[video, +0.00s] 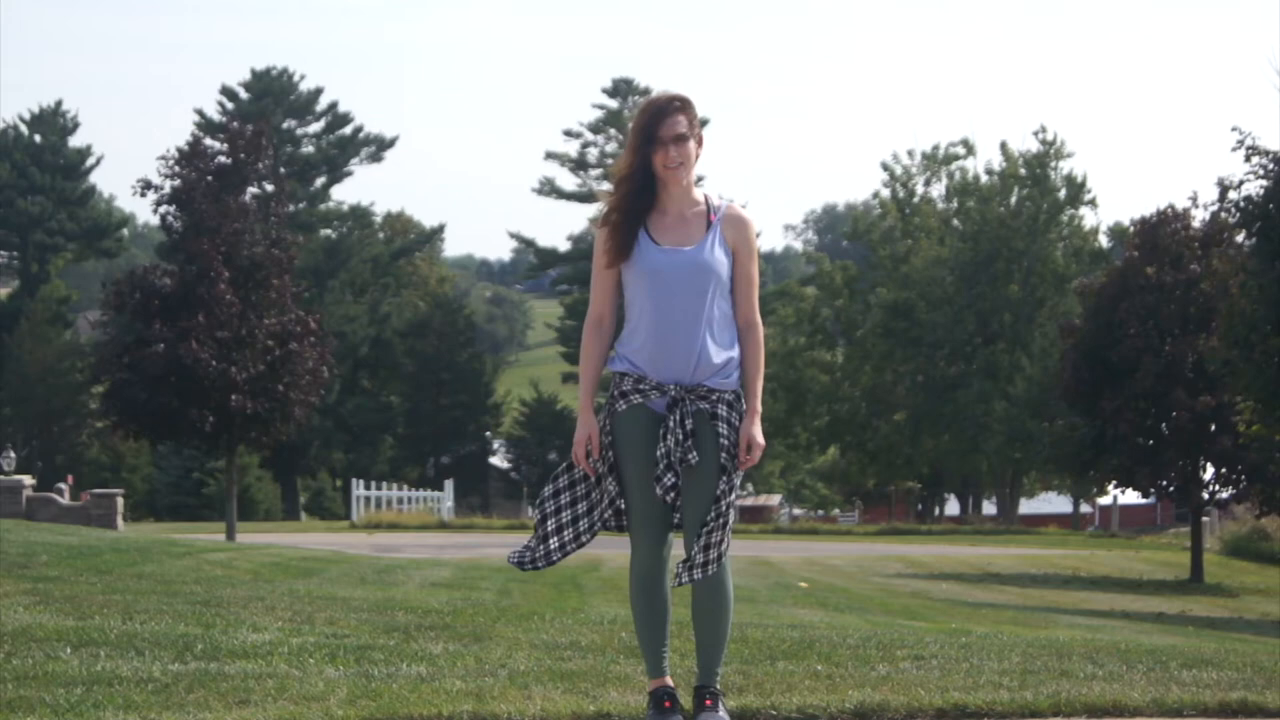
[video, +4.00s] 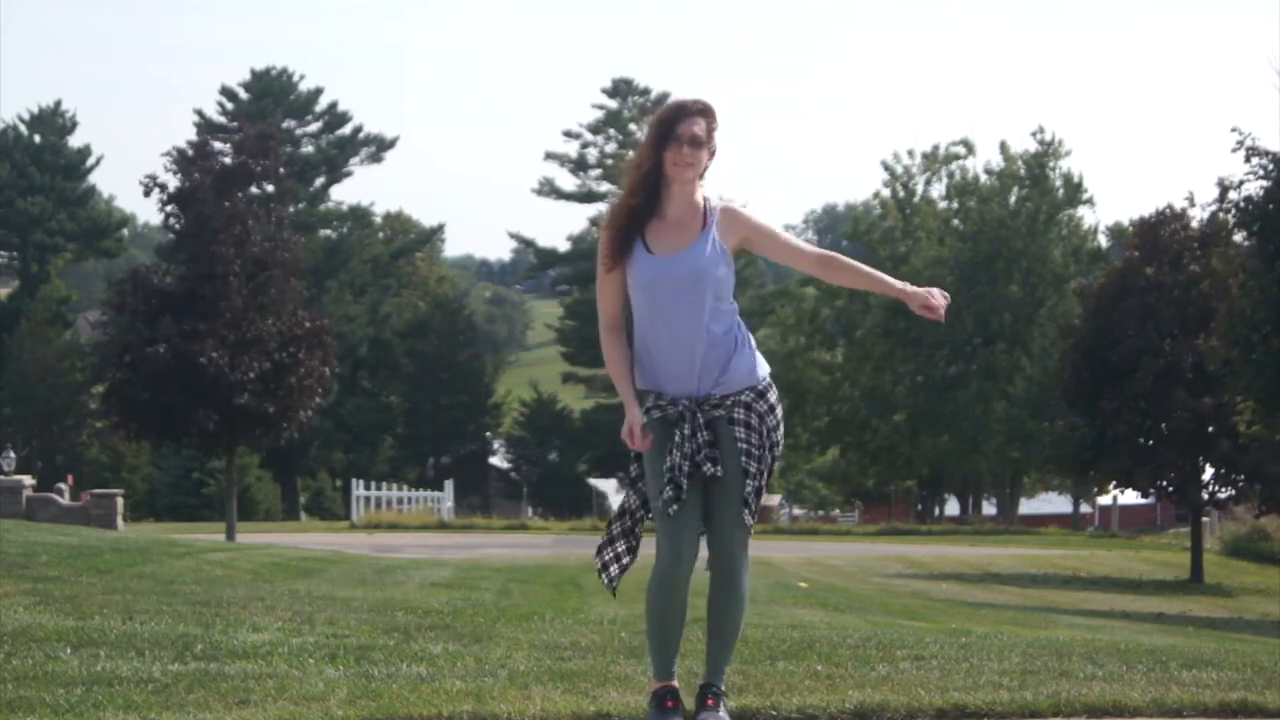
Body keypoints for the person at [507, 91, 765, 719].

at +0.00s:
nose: (674, 150)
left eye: (684, 139)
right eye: (662, 141)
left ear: (701, 144)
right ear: (645, 151)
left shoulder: (732, 223)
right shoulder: (618, 225)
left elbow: (749, 322)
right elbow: (599, 321)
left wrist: (754, 410)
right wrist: (585, 408)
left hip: (714, 395)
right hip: (638, 392)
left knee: (707, 544)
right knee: (649, 543)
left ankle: (709, 691)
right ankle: (660, 685)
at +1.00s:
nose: (676, 157)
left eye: (685, 145)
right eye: (664, 149)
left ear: (701, 150)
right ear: (647, 161)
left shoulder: (736, 221)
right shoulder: (639, 232)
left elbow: (747, 314)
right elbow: (568, 303)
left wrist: (719, 364)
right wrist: (488, 349)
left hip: (702, 403)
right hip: (632, 396)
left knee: (690, 552)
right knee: (644, 546)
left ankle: (708, 693)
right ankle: (659, 686)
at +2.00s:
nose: (704, 169)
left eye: (713, 159)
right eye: (694, 157)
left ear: (721, 166)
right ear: (669, 160)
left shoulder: (722, 243)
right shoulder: (633, 226)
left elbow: (784, 322)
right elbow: (586, 302)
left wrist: (868, 307)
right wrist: (592, 381)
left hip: (739, 408)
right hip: (671, 410)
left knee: (728, 559)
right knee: (693, 557)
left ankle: (712, 691)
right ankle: (667, 691)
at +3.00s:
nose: (699, 152)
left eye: (709, 141)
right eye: (687, 143)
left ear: (728, 151)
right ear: (672, 157)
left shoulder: (762, 230)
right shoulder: (654, 230)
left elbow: (771, 330)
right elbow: (575, 285)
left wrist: (728, 405)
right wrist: (493, 328)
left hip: (714, 410)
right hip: (643, 401)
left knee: (706, 557)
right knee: (650, 549)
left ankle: (711, 692)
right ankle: (660, 683)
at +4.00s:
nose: (694, 151)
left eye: (703, 143)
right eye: (683, 141)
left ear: (713, 153)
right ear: (658, 149)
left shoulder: (726, 218)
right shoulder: (622, 230)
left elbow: (816, 261)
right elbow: (611, 327)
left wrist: (903, 290)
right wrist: (630, 403)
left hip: (737, 400)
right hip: (663, 405)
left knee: (729, 552)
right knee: (677, 548)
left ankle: (714, 689)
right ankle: (664, 686)